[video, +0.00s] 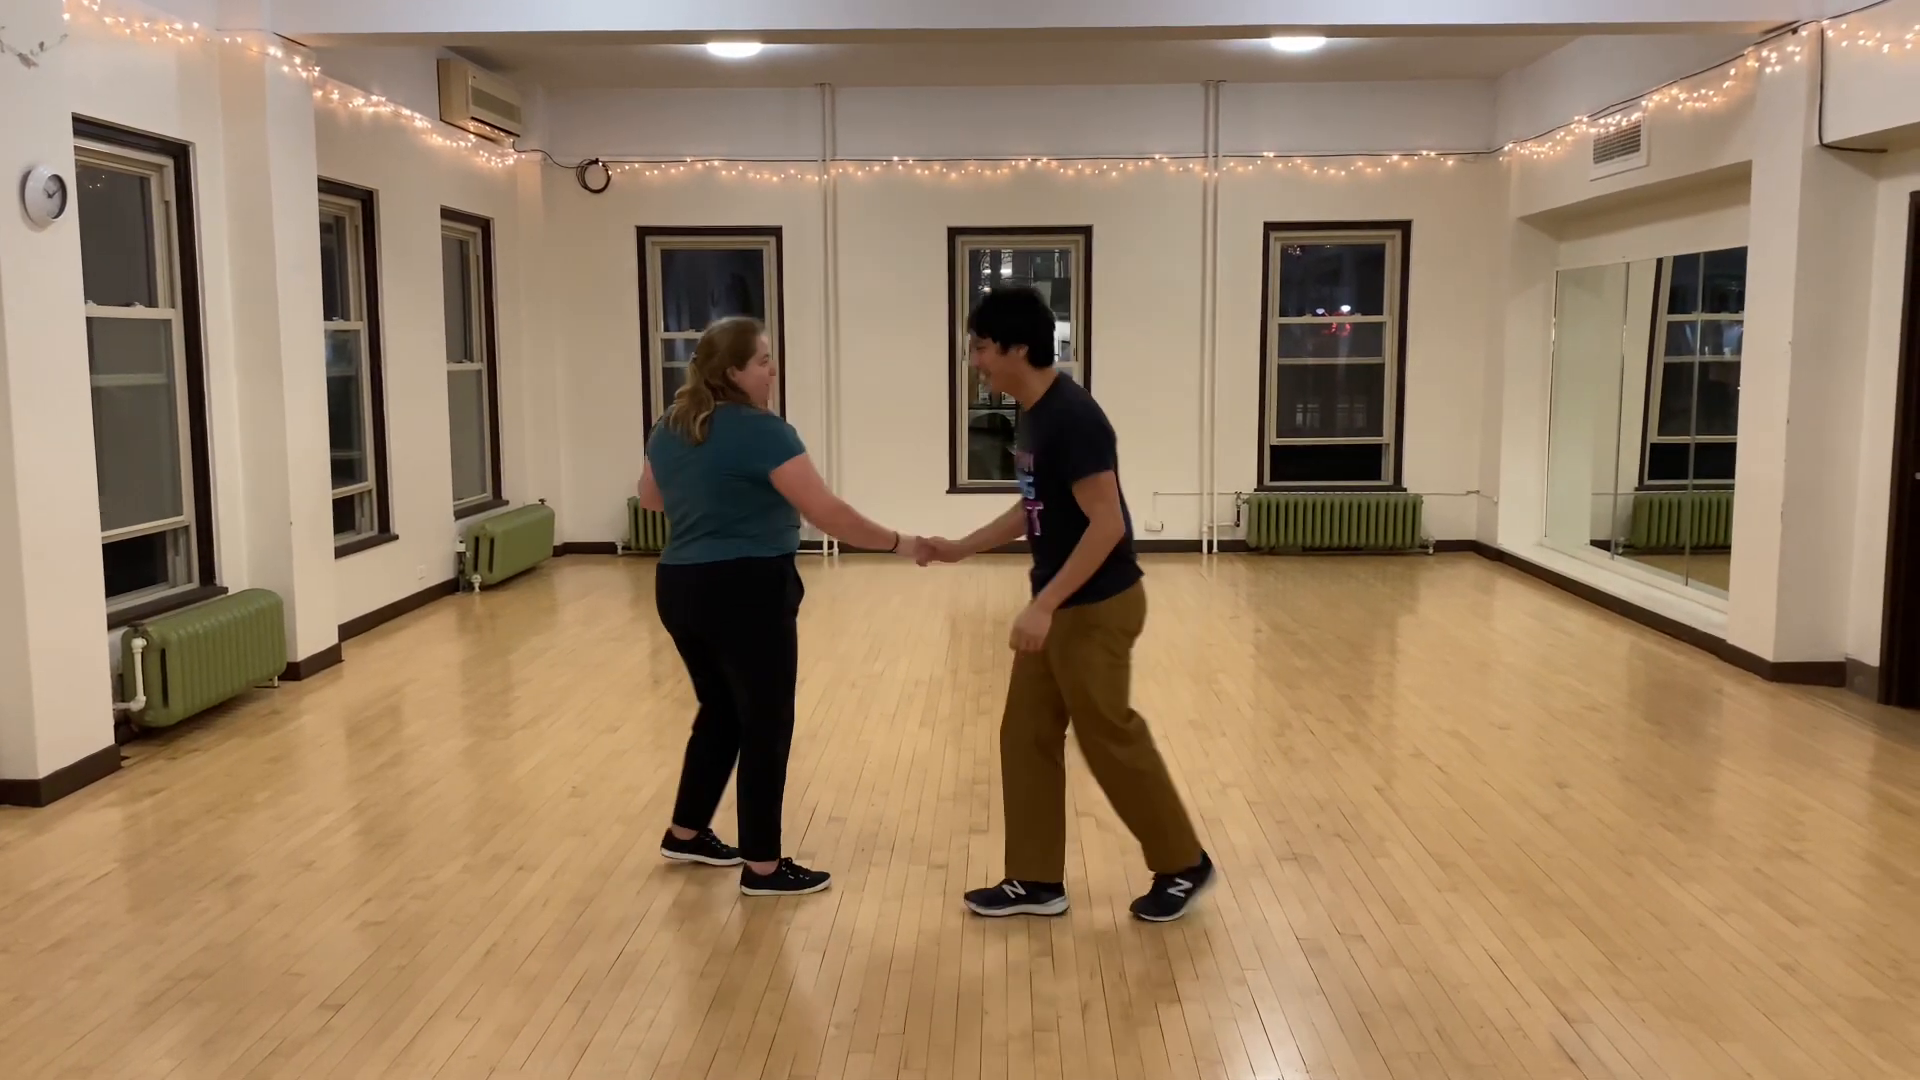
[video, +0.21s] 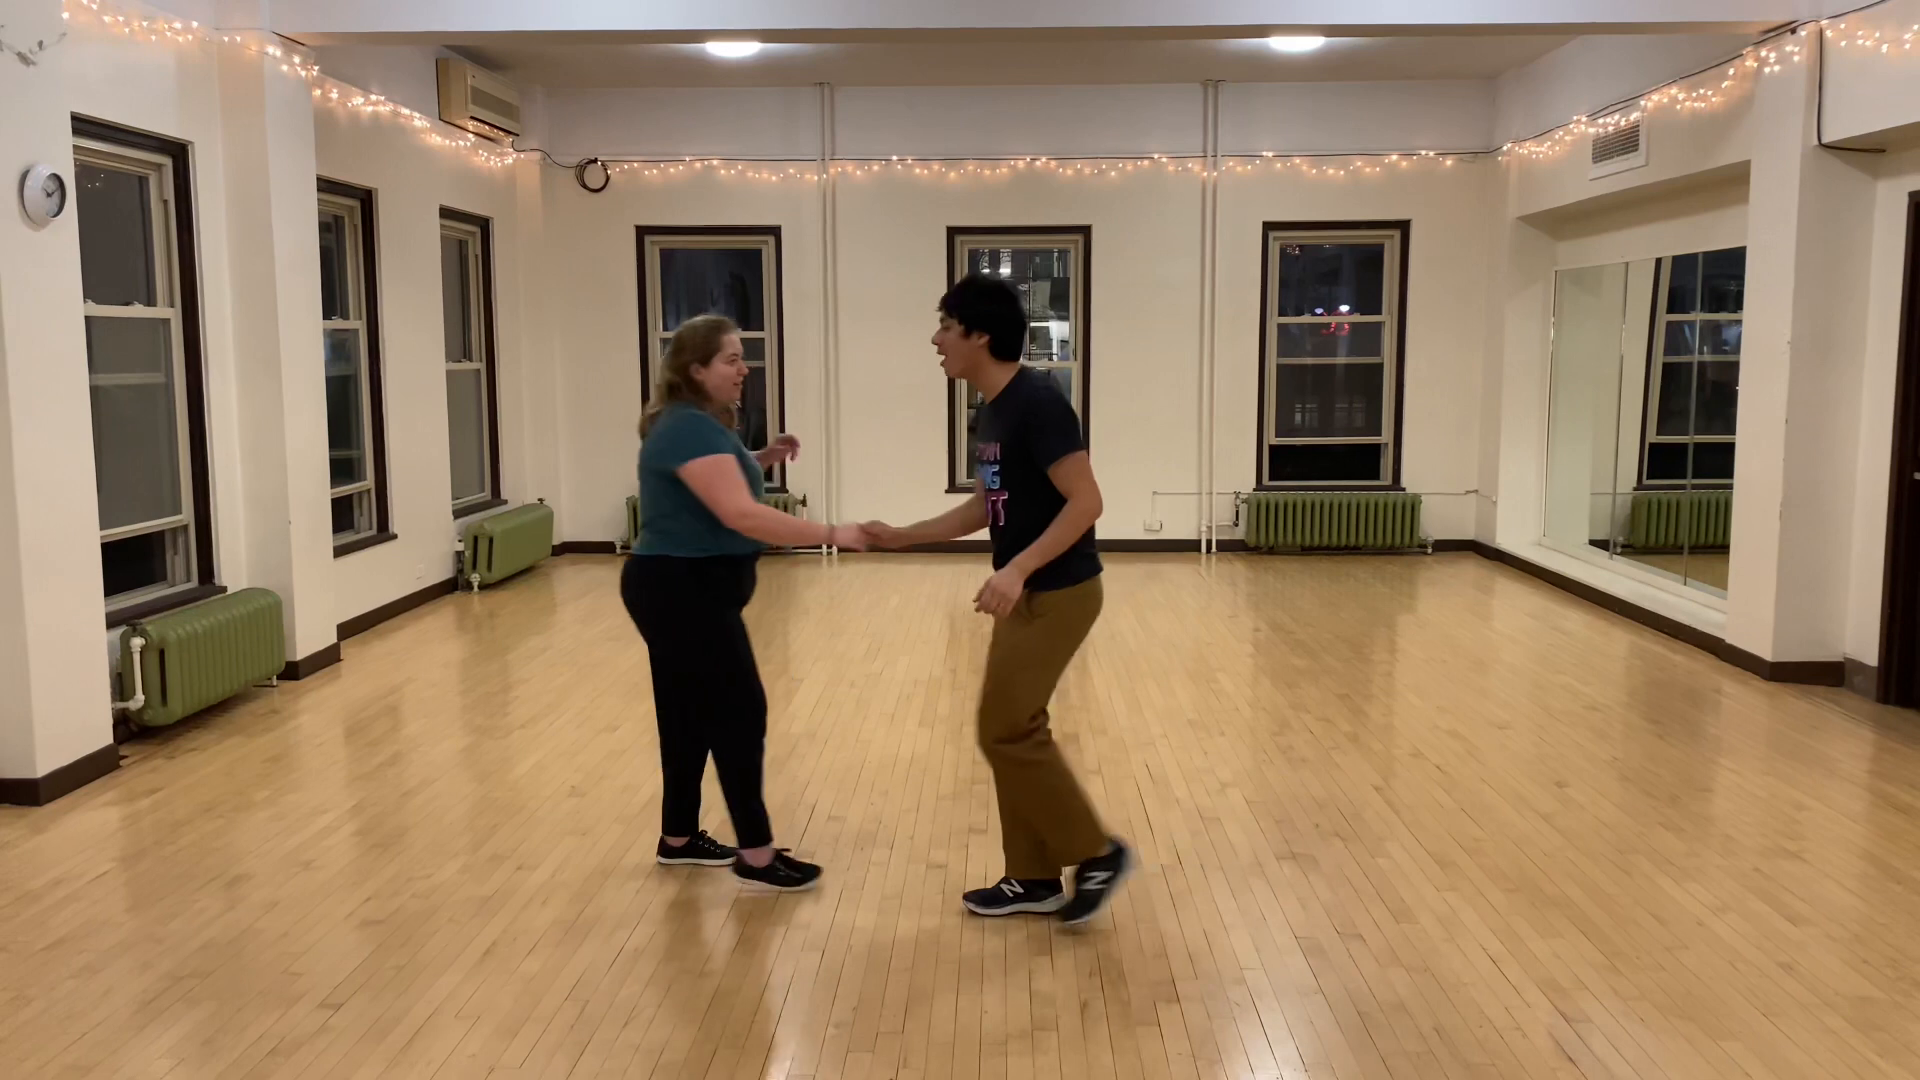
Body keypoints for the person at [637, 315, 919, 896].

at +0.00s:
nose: (772, 371)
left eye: (770, 359)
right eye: (763, 361)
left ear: (710, 371)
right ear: (734, 371)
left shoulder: (671, 429)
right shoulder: (764, 431)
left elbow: (652, 500)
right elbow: (826, 512)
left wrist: (709, 480)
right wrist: (900, 541)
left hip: (682, 589)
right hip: (752, 589)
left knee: (720, 709)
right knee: (767, 724)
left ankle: (686, 831)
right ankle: (763, 863)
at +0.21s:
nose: (743, 370)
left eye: (743, 359)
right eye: (731, 360)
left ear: (704, 370)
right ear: (696, 368)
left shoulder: (700, 424)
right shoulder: (688, 429)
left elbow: (717, 482)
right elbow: (740, 514)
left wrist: (762, 459)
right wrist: (833, 534)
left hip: (679, 584)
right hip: (684, 589)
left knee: (685, 711)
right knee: (740, 709)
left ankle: (679, 834)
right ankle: (756, 852)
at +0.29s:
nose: (727, 371)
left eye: (728, 361)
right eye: (715, 361)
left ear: (721, 369)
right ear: (679, 368)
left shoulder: (705, 427)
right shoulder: (656, 431)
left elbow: (729, 492)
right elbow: (704, 512)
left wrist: (771, 468)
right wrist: (800, 528)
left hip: (701, 585)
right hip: (657, 587)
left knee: (689, 703)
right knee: (721, 697)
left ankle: (678, 833)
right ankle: (703, 840)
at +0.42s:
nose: (702, 372)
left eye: (703, 362)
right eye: (690, 363)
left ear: (701, 370)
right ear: (654, 369)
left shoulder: (717, 431)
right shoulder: (618, 433)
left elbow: (753, 512)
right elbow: (652, 509)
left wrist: (762, 480)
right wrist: (743, 525)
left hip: (703, 585)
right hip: (631, 586)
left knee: (705, 712)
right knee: (663, 713)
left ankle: (683, 834)